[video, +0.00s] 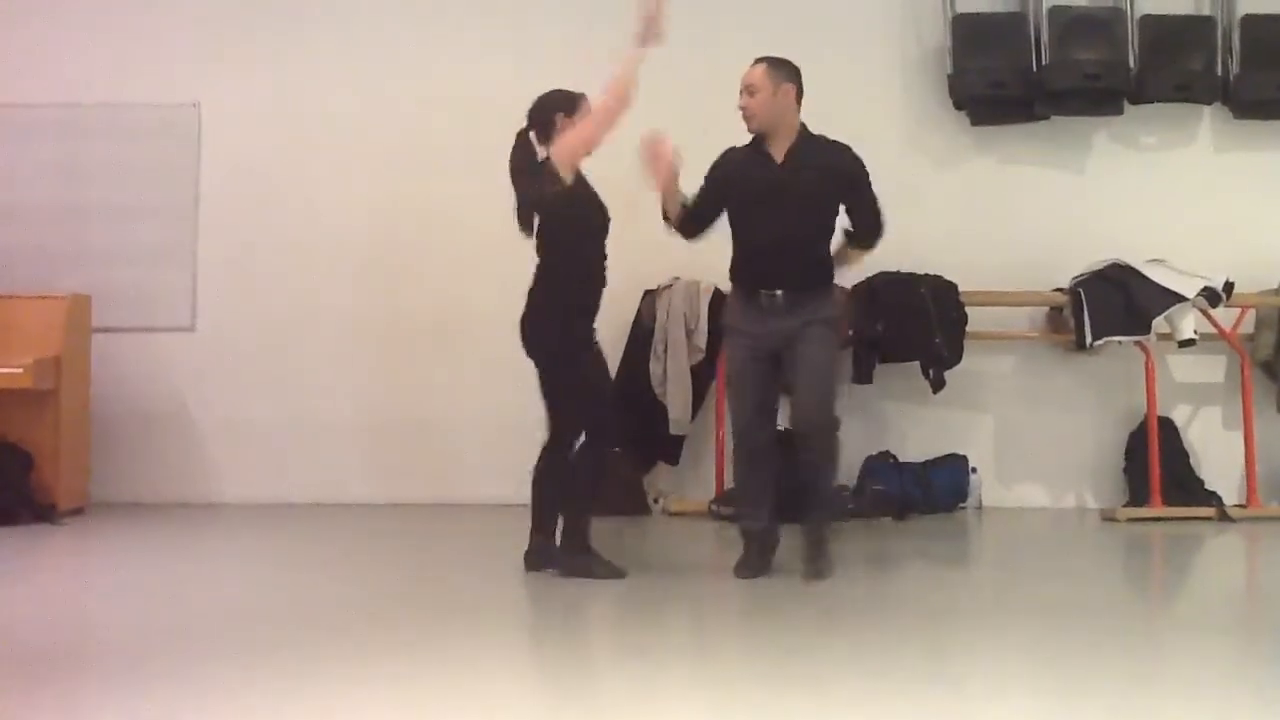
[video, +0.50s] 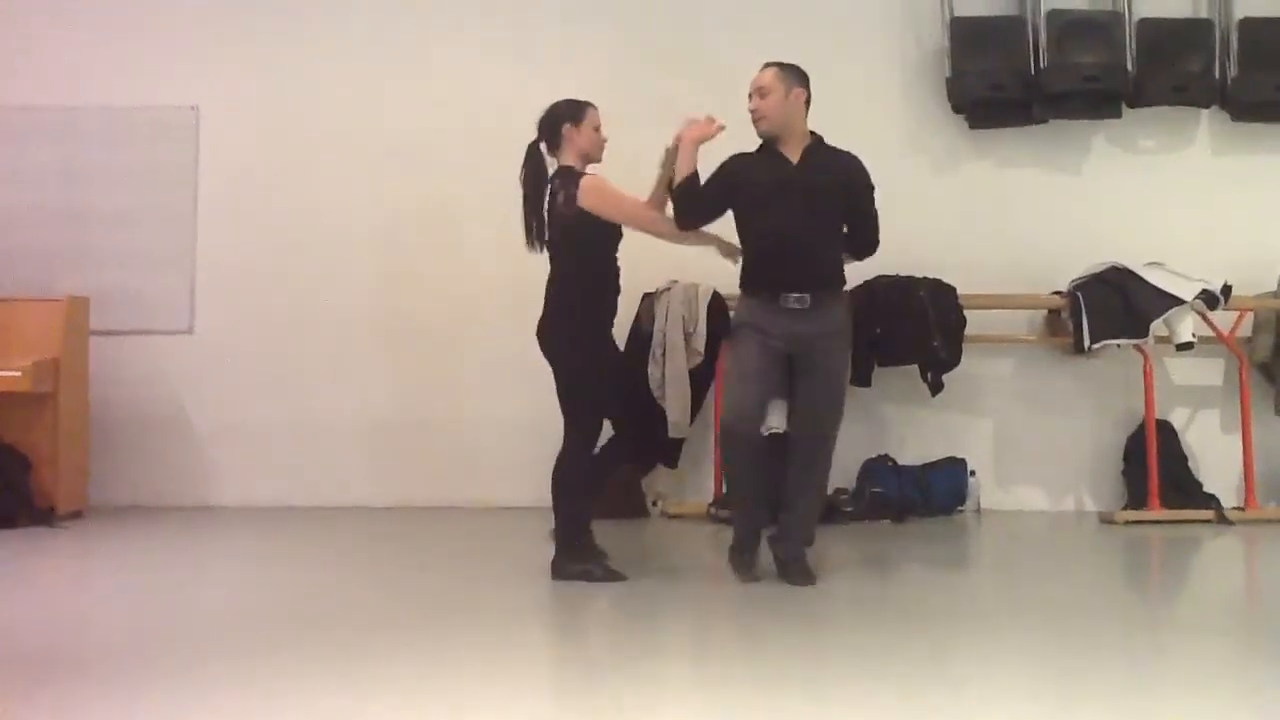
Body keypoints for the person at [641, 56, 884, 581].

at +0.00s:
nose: (741, 103)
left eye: (751, 93)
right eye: (741, 94)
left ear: (789, 96)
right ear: (756, 100)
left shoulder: (837, 161)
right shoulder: (734, 164)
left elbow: (868, 229)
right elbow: (690, 224)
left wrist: (831, 267)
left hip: (812, 313)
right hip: (748, 314)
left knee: (814, 421)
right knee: (750, 431)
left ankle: (816, 529)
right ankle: (757, 539)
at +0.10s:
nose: (744, 100)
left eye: (754, 90)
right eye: (743, 92)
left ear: (792, 94)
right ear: (750, 100)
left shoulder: (838, 161)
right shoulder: (734, 161)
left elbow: (852, 232)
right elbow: (681, 210)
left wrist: (811, 240)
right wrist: (672, 154)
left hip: (812, 313)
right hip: (748, 313)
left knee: (808, 423)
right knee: (750, 429)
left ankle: (796, 541)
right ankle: (756, 539)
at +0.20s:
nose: (748, 99)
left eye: (758, 90)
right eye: (746, 91)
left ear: (795, 95)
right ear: (750, 101)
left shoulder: (837, 163)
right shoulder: (736, 159)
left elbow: (848, 238)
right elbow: (680, 197)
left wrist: (798, 244)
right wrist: (681, 132)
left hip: (814, 312)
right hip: (751, 311)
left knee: (804, 428)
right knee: (751, 430)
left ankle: (793, 543)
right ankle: (755, 539)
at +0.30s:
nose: (749, 96)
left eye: (759, 87)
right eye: (747, 89)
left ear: (796, 92)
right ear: (752, 99)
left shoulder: (838, 162)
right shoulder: (737, 157)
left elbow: (851, 237)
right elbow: (680, 195)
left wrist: (800, 242)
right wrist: (683, 129)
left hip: (818, 311)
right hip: (754, 309)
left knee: (807, 428)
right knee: (752, 427)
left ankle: (792, 542)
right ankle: (753, 536)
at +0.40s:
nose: (751, 98)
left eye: (761, 89)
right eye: (749, 91)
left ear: (798, 94)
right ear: (754, 101)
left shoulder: (841, 164)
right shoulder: (740, 161)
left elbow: (856, 240)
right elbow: (684, 199)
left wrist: (804, 234)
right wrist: (686, 136)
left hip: (822, 311)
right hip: (758, 310)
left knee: (814, 430)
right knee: (753, 427)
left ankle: (792, 543)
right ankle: (749, 536)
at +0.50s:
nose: (752, 104)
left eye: (762, 94)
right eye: (750, 96)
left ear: (799, 99)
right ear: (754, 104)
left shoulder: (845, 168)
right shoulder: (742, 168)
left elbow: (864, 243)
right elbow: (690, 214)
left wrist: (814, 242)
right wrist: (687, 150)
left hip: (824, 320)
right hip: (759, 318)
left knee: (814, 435)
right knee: (738, 422)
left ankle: (794, 547)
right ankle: (746, 528)